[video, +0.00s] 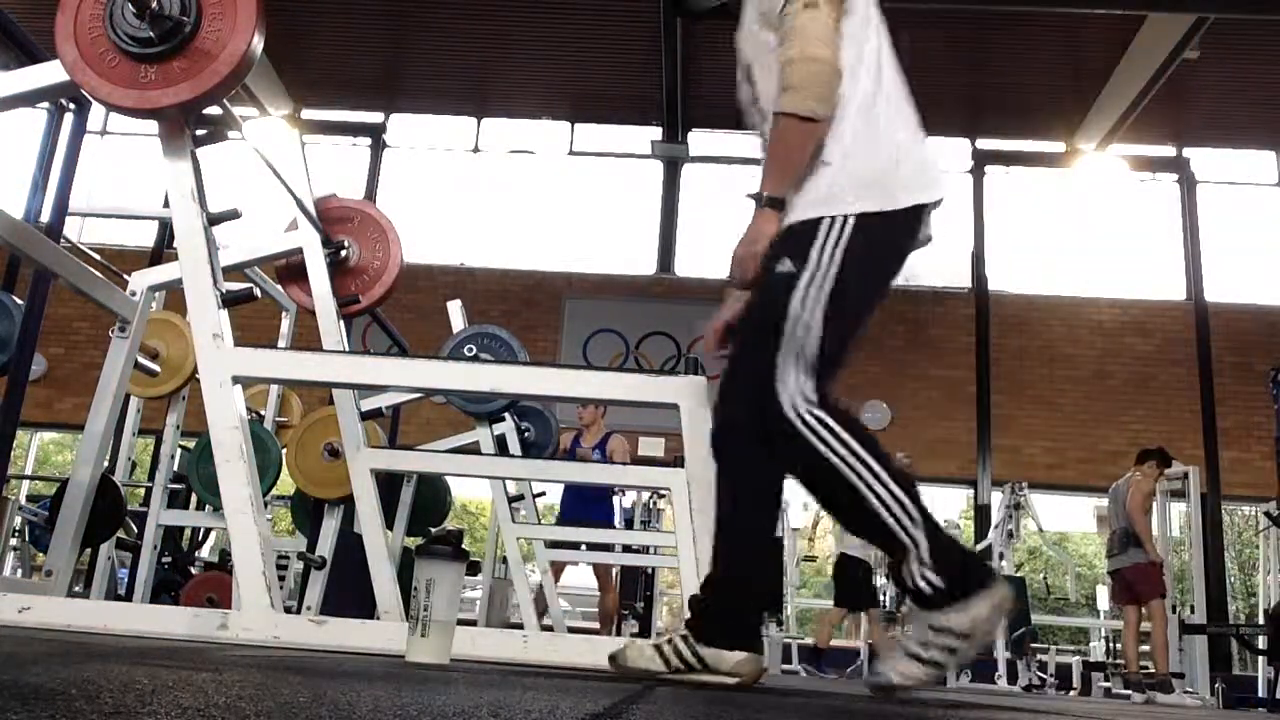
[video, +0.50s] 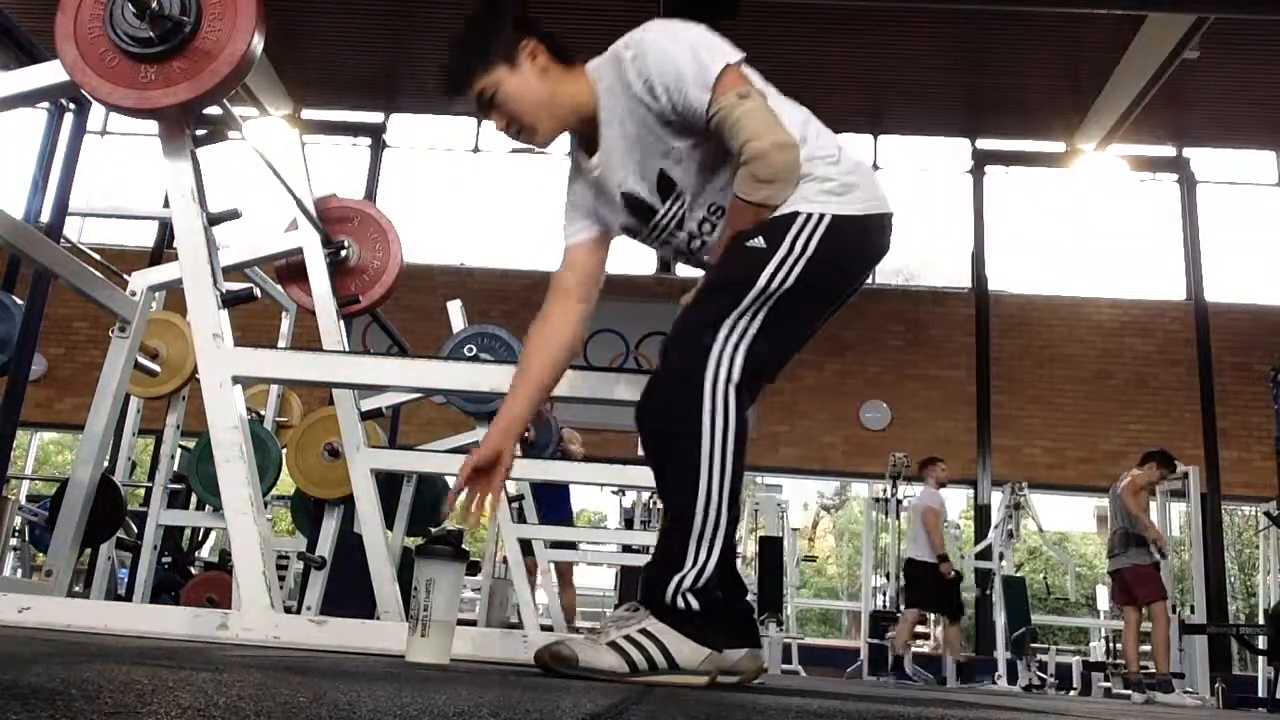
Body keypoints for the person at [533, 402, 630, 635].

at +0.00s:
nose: (579, 412)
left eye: (585, 407)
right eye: (579, 407)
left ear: (600, 411)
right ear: (579, 412)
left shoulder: (615, 442)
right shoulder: (567, 438)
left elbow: (622, 481)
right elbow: (549, 467)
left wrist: (593, 462)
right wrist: (563, 458)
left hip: (599, 519)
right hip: (569, 515)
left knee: (604, 579)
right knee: (552, 573)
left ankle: (606, 635)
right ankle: (530, 625)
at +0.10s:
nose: (571, 412)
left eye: (577, 408)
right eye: (570, 407)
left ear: (590, 411)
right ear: (568, 410)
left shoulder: (605, 440)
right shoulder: (561, 436)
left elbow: (606, 463)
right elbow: (541, 453)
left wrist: (575, 449)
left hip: (590, 516)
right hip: (559, 514)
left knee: (597, 579)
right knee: (545, 574)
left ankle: (603, 635)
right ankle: (531, 626)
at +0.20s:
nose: (556, 411)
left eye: (562, 406)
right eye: (555, 406)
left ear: (577, 409)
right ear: (555, 410)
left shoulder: (591, 437)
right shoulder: (550, 435)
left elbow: (596, 456)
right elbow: (534, 453)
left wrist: (569, 447)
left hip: (578, 514)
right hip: (549, 512)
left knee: (587, 578)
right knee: (536, 573)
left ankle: (598, 635)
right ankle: (531, 625)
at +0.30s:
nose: (569, 405)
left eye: (572, 401)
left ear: (574, 408)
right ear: (553, 404)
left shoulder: (581, 436)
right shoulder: (539, 433)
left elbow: (586, 454)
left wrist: (560, 446)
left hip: (569, 508)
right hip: (539, 507)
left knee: (578, 571)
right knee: (531, 569)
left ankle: (591, 624)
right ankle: (529, 622)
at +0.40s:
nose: (545, 414)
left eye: (550, 408)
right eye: (541, 409)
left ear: (558, 409)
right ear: (532, 411)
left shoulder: (571, 435)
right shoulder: (525, 435)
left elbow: (579, 454)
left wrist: (563, 446)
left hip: (564, 514)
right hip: (531, 515)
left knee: (573, 576)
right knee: (529, 575)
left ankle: (583, 630)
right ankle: (528, 629)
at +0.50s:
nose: (543, 408)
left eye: (547, 402)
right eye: (539, 401)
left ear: (552, 407)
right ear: (530, 406)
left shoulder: (565, 433)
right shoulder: (523, 433)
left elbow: (578, 453)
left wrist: (567, 448)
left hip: (558, 509)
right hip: (526, 511)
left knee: (565, 573)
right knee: (528, 572)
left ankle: (570, 627)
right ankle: (526, 625)